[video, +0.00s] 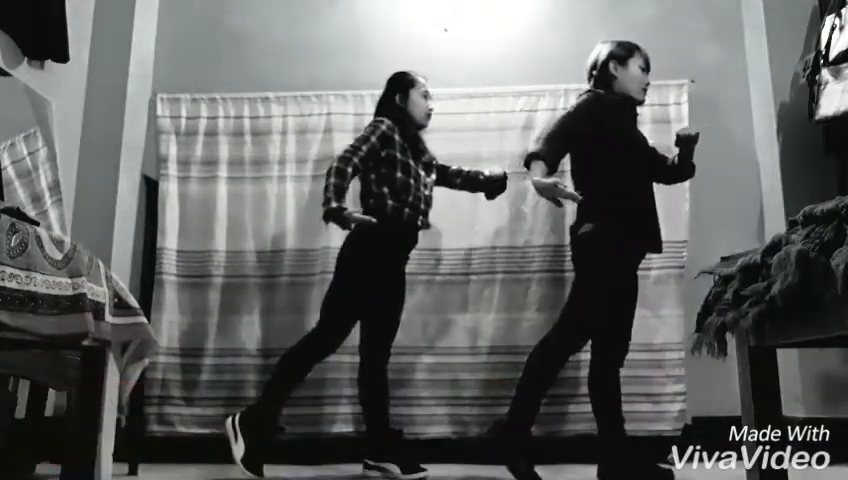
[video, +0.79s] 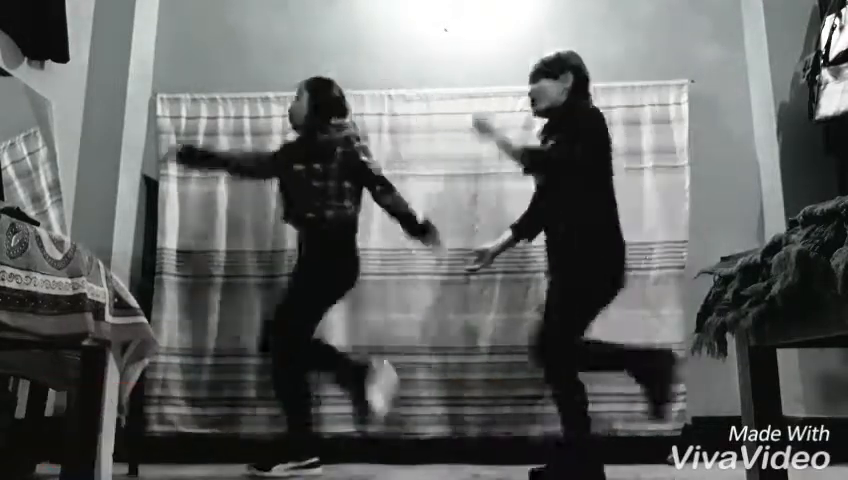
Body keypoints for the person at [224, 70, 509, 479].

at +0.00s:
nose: (431, 104)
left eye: (430, 97)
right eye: (423, 96)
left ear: (408, 103)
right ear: (400, 100)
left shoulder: (415, 148)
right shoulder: (383, 130)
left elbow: (441, 174)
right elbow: (345, 163)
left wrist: (486, 181)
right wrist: (335, 207)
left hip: (392, 254)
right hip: (368, 249)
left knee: (376, 354)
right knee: (326, 338)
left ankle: (381, 449)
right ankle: (254, 422)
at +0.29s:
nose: (434, 107)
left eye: (433, 99)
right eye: (426, 98)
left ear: (416, 107)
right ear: (402, 104)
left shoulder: (417, 151)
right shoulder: (385, 136)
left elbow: (440, 179)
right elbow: (346, 157)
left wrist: (478, 185)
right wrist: (352, 214)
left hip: (390, 259)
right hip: (359, 255)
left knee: (402, 356)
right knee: (338, 353)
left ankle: (387, 455)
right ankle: (258, 424)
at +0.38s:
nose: (429, 115)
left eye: (427, 108)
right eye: (419, 108)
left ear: (419, 120)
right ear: (399, 118)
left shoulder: (426, 171)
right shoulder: (378, 159)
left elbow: (478, 202)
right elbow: (345, 208)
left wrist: (469, 175)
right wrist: (381, 248)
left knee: (401, 359)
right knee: (367, 332)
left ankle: (386, 452)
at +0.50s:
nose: (384, 97)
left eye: (388, 90)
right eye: (374, 91)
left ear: (397, 101)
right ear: (359, 103)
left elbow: (452, 175)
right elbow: (347, 202)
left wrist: (421, 213)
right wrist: (385, 206)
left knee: (392, 352)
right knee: (319, 323)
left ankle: (387, 450)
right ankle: (327, 402)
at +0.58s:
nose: (340, 99)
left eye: (347, 91)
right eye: (337, 93)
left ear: (367, 93)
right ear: (339, 99)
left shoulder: (393, 142)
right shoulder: (339, 140)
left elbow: (411, 203)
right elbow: (330, 165)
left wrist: (401, 258)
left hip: (386, 258)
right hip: (349, 254)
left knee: (381, 352)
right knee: (316, 343)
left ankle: (386, 453)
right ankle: (310, 445)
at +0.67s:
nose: (315, 98)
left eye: (321, 90)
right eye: (316, 90)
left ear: (342, 95)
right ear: (331, 96)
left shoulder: (372, 135)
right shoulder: (324, 135)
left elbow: (392, 193)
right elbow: (300, 152)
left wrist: (402, 251)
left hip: (364, 253)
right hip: (334, 252)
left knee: (367, 351)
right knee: (306, 347)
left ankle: (390, 453)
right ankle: (304, 448)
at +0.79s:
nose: (291, 104)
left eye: (298, 98)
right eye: (294, 98)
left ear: (314, 107)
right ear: (318, 108)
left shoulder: (343, 146)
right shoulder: (293, 152)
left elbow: (380, 188)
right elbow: (251, 165)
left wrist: (414, 224)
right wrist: (202, 158)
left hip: (332, 261)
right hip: (313, 260)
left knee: (285, 341)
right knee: (286, 343)